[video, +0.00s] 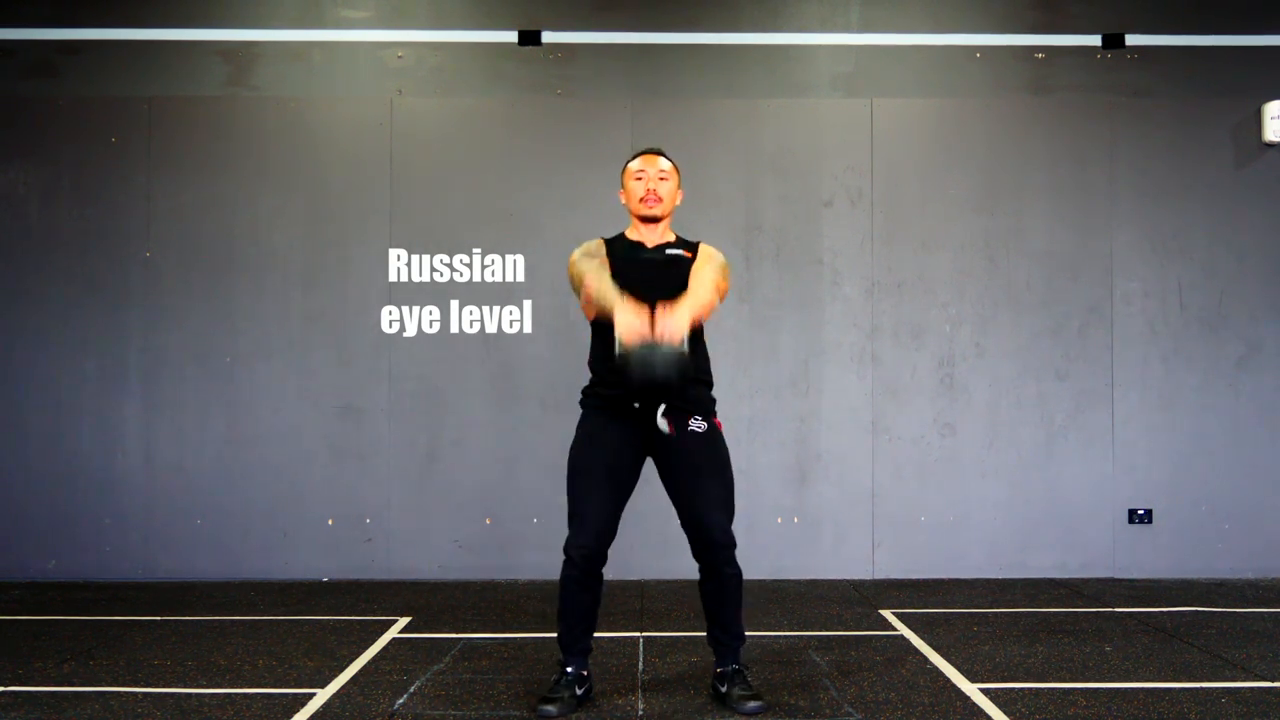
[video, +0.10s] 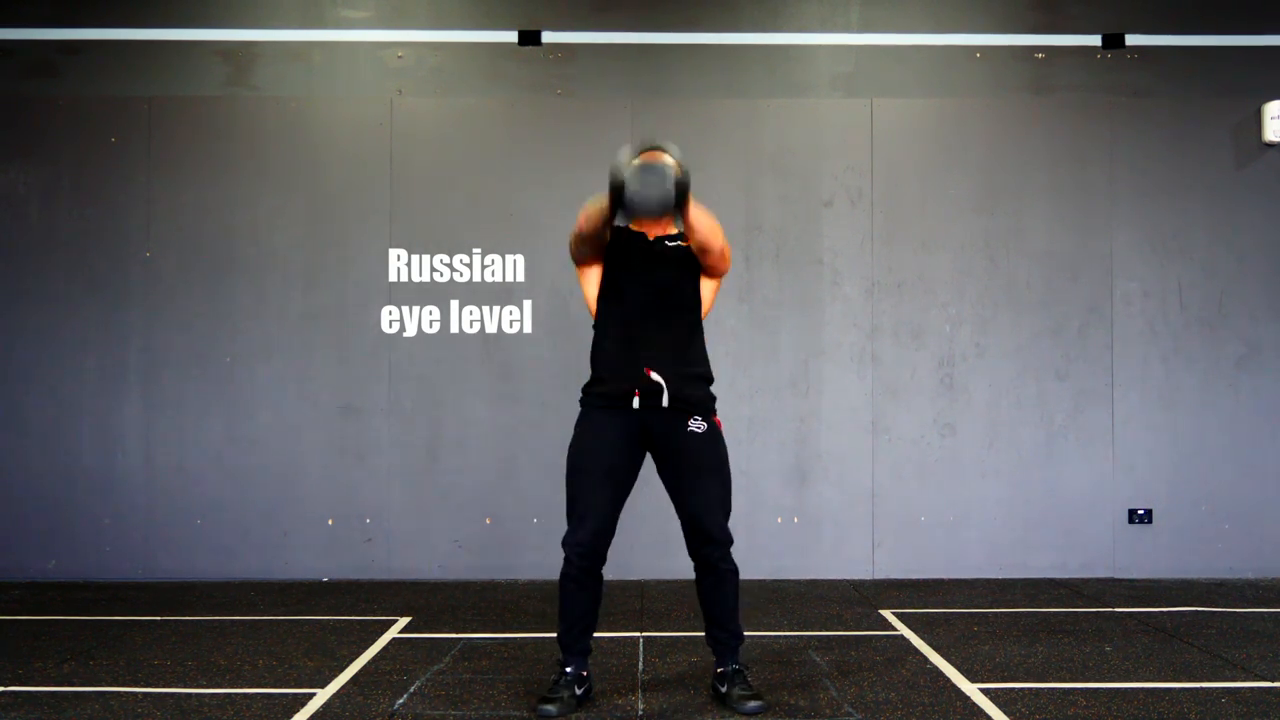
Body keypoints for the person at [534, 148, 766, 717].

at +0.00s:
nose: (651, 183)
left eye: (662, 176)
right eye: (639, 175)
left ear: (679, 194)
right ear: (622, 194)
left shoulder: (705, 257)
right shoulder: (593, 254)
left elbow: (705, 292)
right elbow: (597, 290)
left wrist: (679, 314)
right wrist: (624, 311)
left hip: (687, 417)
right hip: (611, 417)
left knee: (716, 544)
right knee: (584, 546)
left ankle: (730, 671)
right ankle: (573, 673)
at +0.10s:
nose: (653, 181)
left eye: (664, 172)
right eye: (644, 171)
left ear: (679, 190)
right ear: (627, 187)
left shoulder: (703, 255)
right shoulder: (597, 249)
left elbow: (715, 246)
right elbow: (585, 232)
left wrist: (681, 198)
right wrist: (613, 199)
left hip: (686, 415)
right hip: (610, 412)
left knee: (712, 542)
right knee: (583, 545)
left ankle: (729, 670)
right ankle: (573, 672)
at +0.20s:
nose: (657, 166)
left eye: (668, 158)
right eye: (644, 158)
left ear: (683, 175)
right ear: (627, 175)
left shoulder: (705, 242)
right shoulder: (600, 234)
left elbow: (714, 189)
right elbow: (584, 175)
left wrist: (679, 116)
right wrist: (617, 116)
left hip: (686, 414)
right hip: (609, 413)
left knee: (709, 545)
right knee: (586, 543)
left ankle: (729, 672)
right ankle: (573, 674)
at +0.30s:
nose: (654, 159)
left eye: (665, 151)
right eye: (643, 151)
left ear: (684, 166)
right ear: (625, 165)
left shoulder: (705, 226)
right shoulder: (598, 219)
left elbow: (711, 146)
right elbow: (588, 139)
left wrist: (683, 67)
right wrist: (618, 65)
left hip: (685, 410)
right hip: (608, 409)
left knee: (709, 545)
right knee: (586, 546)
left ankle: (728, 671)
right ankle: (572, 673)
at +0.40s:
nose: (652, 153)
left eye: (663, 144)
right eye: (641, 144)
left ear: (683, 158)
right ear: (623, 160)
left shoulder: (703, 215)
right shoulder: (599, 210)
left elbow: (708, 123)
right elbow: (591, 123)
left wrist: (682, 42)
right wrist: (619, 43)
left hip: (686, 409)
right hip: (608, 409)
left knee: (709, 544)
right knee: (586, 546)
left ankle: (729, 670)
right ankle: (572, 673)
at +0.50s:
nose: (652, 153)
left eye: (663, 144)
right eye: (640, 144)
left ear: (682, 157)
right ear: (623, 158)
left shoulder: (702, 211)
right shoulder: (600, 208)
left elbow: (707, 116)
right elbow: (592, 118)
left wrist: (680, 36)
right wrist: (620, 38)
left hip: (687, 408)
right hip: (610, 408)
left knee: (709, 545)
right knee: (587, 545)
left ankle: (729, 670)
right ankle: (572, 673)